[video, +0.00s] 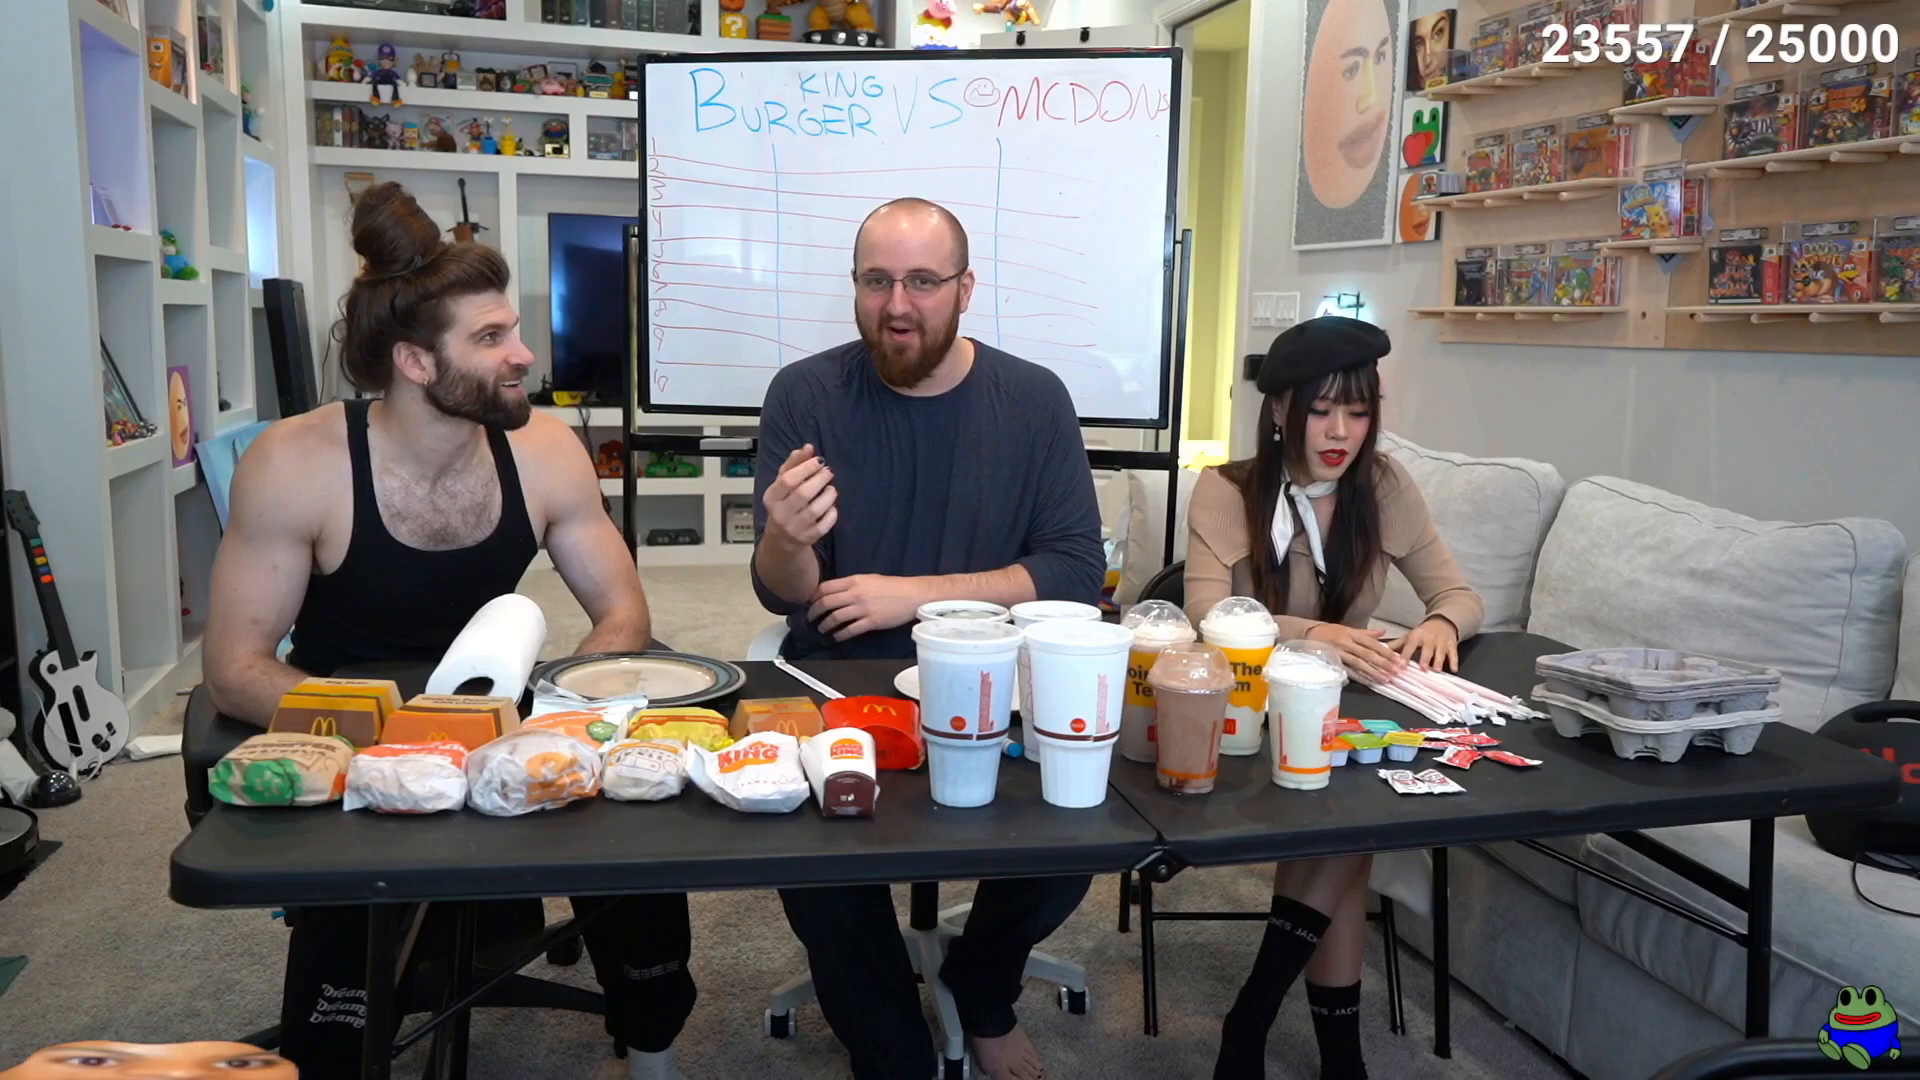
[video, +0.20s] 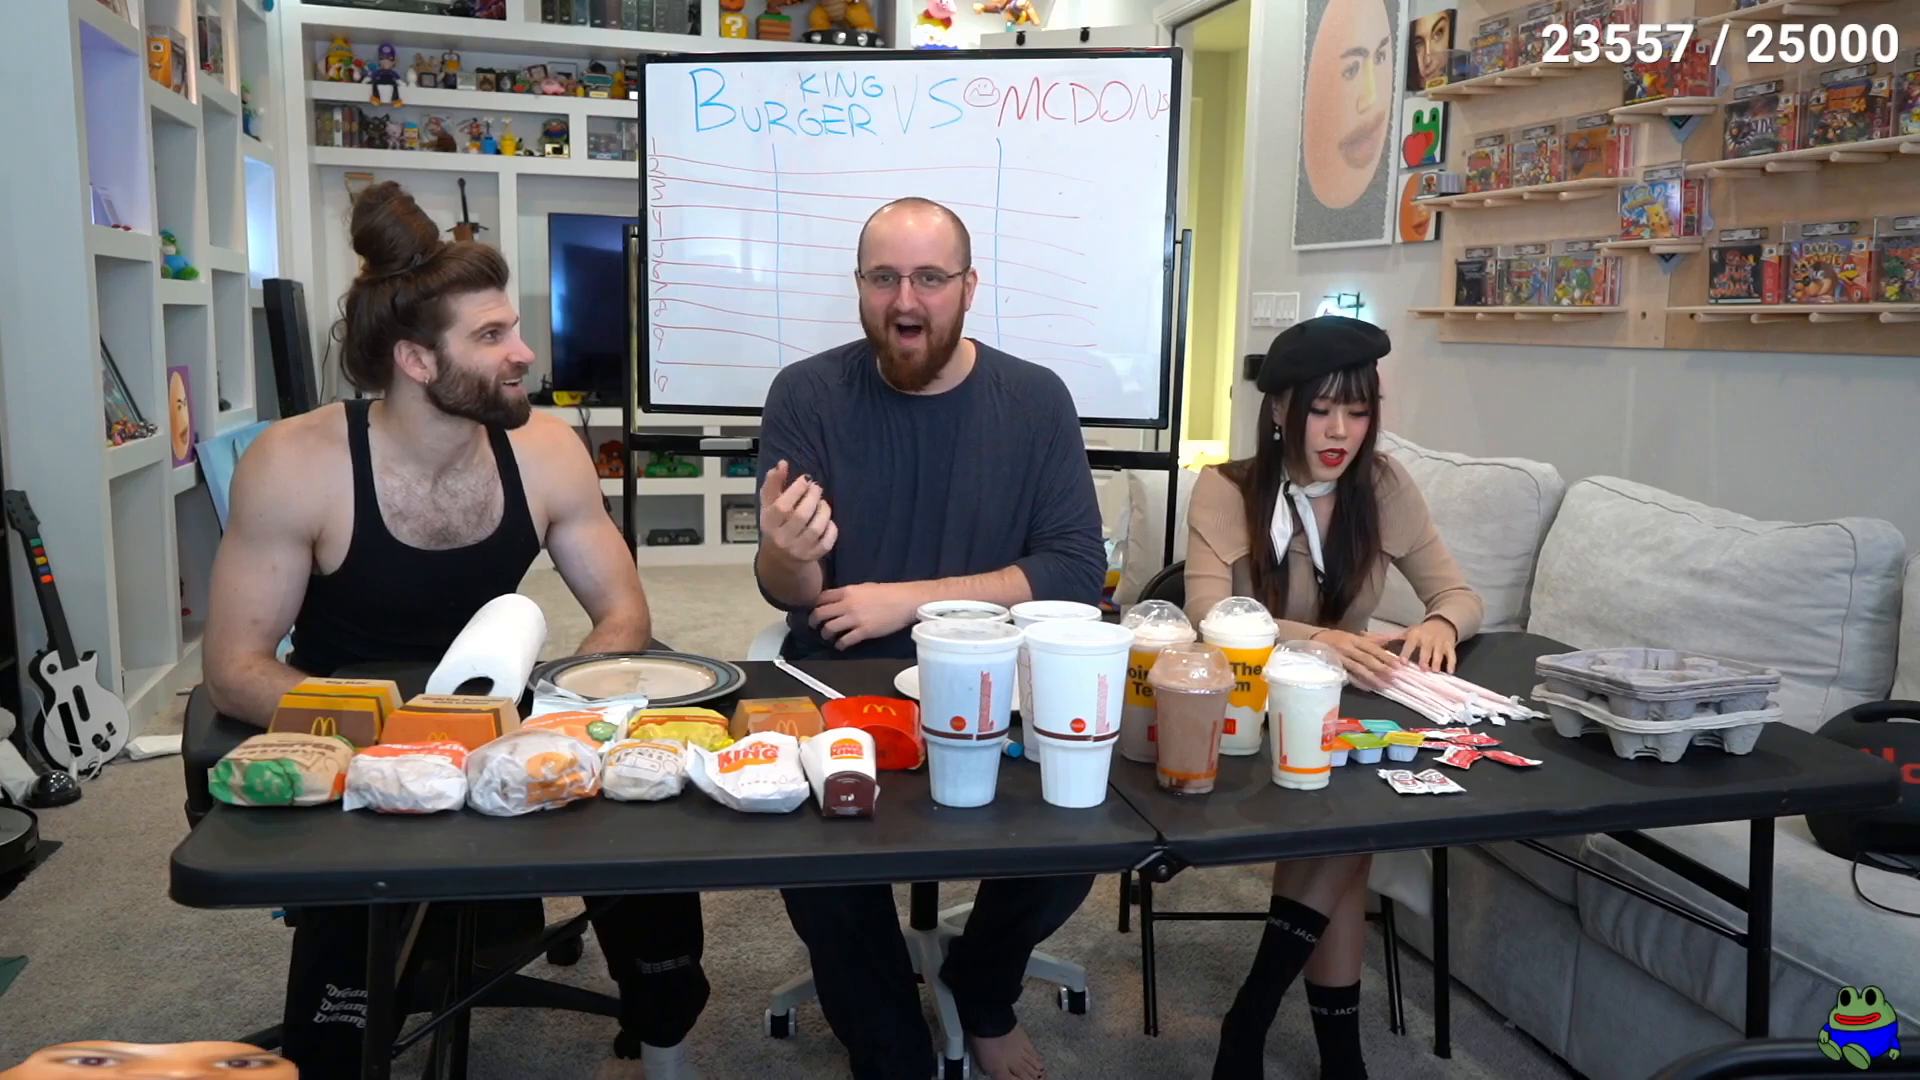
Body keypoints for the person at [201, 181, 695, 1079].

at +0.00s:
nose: (522, 353)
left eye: (516, 330)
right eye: (490, 338)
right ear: (415, 364)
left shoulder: (545, 451)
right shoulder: (295, 463)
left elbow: (624, 613)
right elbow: (233, 668)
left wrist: (565, 698)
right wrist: (368, 719)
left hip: (502, 744)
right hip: (344, 753)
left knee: (637, 831)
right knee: (353, 888)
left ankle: (651, 1054)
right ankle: (321, 1070)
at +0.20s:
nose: (523, 352)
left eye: (516, 330)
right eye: (491, 336)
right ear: (415, 361)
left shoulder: (545, 451)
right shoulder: (295, 463)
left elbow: (623, 611)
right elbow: (233, 671)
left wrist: (568, 695)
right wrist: (373, 718)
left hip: (507, 749)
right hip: (348, 761)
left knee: (648, 824)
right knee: (358, 890)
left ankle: (663, 1049)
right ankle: (323, 1068)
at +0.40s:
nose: (524, 352)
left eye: (517, 329)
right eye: (493, 336)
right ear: (418, 361)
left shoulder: (547, 452)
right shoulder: (295, 463)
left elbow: (624, 612)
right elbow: (233, 670)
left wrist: (570, 695)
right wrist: (370, 719)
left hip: (507, 748)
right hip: (349, 759)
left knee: (648, 823)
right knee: (358, 886)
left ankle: (662, 1054)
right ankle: (323, 1068)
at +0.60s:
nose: (524, 352)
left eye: (519, 330)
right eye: (494, 336)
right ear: (418, 360)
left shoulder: (546, 451)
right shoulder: (297, 462)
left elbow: (624, 613)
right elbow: (233, 666)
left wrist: (568, 695)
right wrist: (365, 719)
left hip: (507, 746)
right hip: (350, 756)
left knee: (643, 825)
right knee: (356, 886)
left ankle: (659, 1053)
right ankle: (321, 1069)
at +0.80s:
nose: (521, 352)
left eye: (517, 329)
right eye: (491, 335)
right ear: (414, 356)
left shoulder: (539, 449)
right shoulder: (295, 459)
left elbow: (622, 600)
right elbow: (234, 662)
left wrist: (572, 691)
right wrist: (361, 718)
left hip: (505, 746)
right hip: (350, 755)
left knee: (634, 835)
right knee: (354, 891)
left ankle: (658, 1055)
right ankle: (321, 1070)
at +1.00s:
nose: (512, 351)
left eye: (508, 329)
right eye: (483, 333)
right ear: (404, 354)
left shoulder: (530, 445)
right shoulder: (288, 460)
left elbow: (628, 565)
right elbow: (234, 662)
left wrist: (613, 609)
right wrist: (347, 721)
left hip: (501, 743)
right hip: (348, 755)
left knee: (622, 833)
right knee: (351, 890)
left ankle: (655, 1054)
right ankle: (321, 1070)